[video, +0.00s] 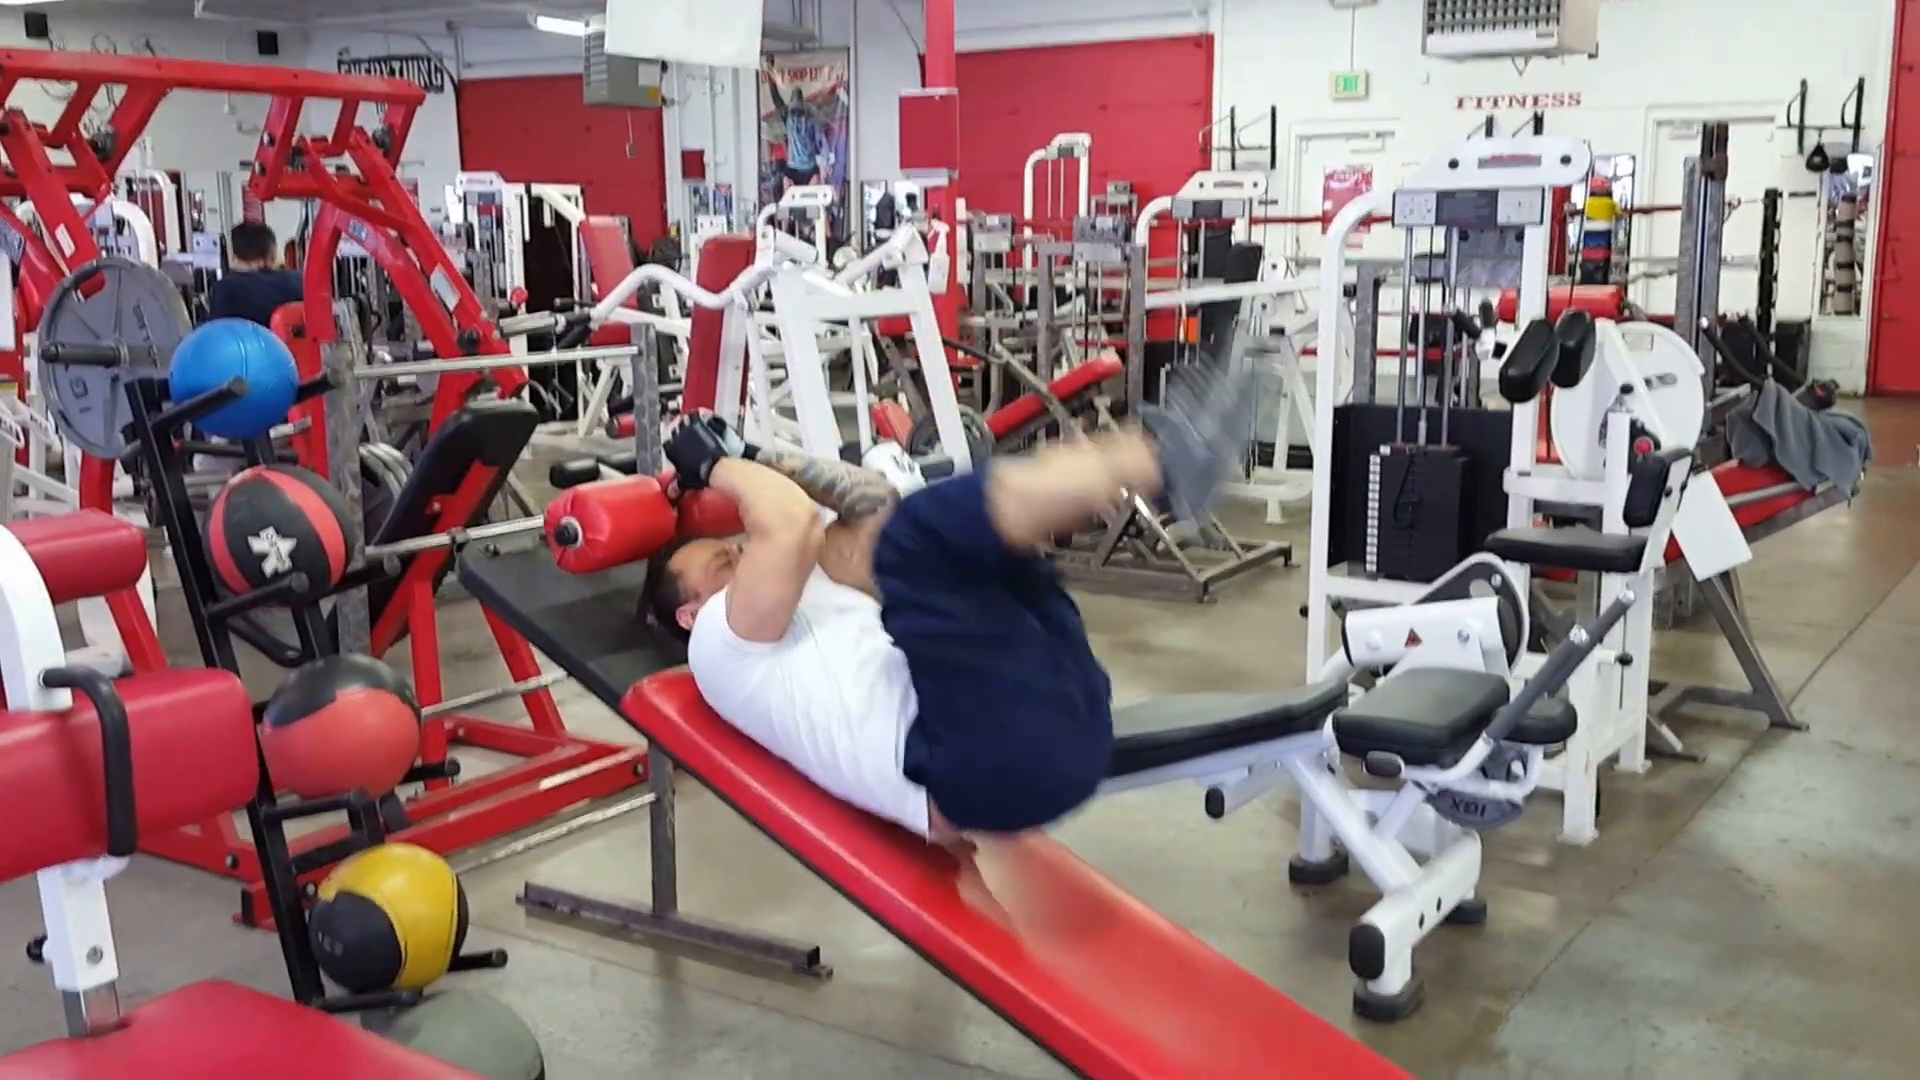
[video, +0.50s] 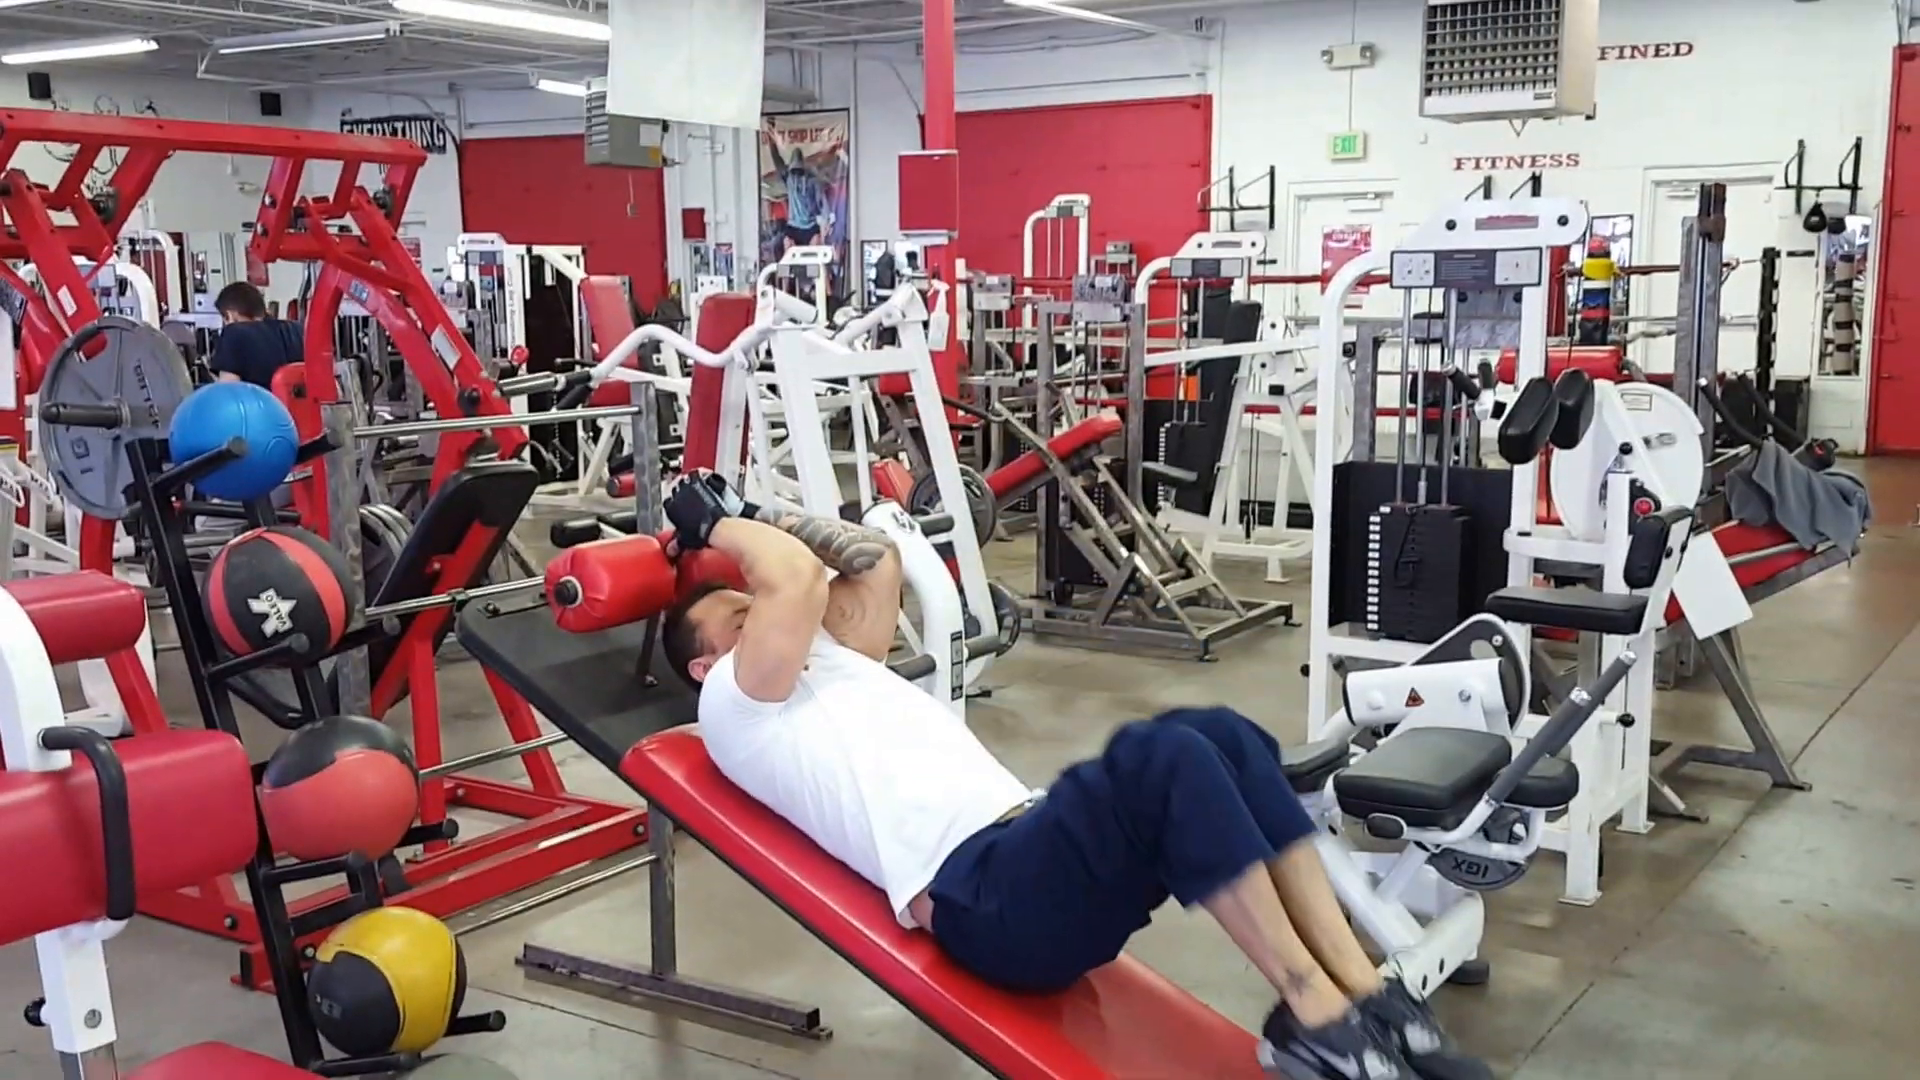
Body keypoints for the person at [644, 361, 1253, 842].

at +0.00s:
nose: (747, 564)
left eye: (741, 555)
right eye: (722, 564)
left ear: (758, 560)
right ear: (686, 612)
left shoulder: (823, 614)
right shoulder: (720, 650)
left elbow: (867, 548)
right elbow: (791, 523)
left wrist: (790, 506)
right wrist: (719, 466)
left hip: (1060, 726)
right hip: (995, 768)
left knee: (946, 525)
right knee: (914, 533)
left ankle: (1161, 455)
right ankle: (1154, 460)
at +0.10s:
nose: (738, 560)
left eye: (729, 556)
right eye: (721, 561)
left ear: (737, 580)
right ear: (702, 605)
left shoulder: (830, 620)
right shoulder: (726, 656)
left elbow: (879, 517)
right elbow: (795, 527)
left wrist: (787, 490)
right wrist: (713, 475)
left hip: (1051, 761)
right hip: (991, 803)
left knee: (1051, 520)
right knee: (974, 557)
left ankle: (1237, 594)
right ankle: (1212, 608)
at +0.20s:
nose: (752, 572)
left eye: (745, 563)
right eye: (729, 573)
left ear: (759, 585)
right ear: (702, 621)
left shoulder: (831, 623)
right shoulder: (728, 671)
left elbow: (881, 526)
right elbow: (795, 540)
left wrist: (784, 497)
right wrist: (715, 487)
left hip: (1043, 785)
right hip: (984, 829)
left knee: (1105, 559)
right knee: (1035, 585)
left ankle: (1282, 712)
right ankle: (1242, 723)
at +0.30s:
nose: (751, 591)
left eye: (742, 581)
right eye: (729, 589)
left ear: (755, 597)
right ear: (700, 632)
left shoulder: (835, 636)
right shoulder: (730, 684)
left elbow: (875, 534)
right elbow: (793, 545)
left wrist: (762, 521)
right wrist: (713, 499)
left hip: (1043, 833)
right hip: (977, 867)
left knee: (1149, 614)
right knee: (1082, 643)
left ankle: (1313, 820)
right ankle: (1272, 843)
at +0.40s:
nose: (761, 593)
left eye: (752, 589)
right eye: (736, 592)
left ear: (759, 609)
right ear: (710, 632)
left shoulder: (837, 657)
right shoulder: (730, 693)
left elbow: (875, 549)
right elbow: (793, 560)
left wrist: (760, 511)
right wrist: (715, 513)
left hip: (1039, 863)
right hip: (981, 894)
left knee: (1191, 684)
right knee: (1125, 703)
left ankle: (1347, 924)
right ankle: (1294, 943)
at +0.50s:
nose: (759, 606)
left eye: (747, 603)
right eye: (730, 610)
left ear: (759, 621)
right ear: (708, 652)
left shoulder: (843, 666)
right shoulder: (734, 705)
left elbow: (878, 560)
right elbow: (791, 569)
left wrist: (769, 533)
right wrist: (716, 527)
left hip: (1046, 854)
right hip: (986, 900)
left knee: (1225, 732)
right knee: (1166, 753)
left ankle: (1357, 981)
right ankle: (1307, 1003)